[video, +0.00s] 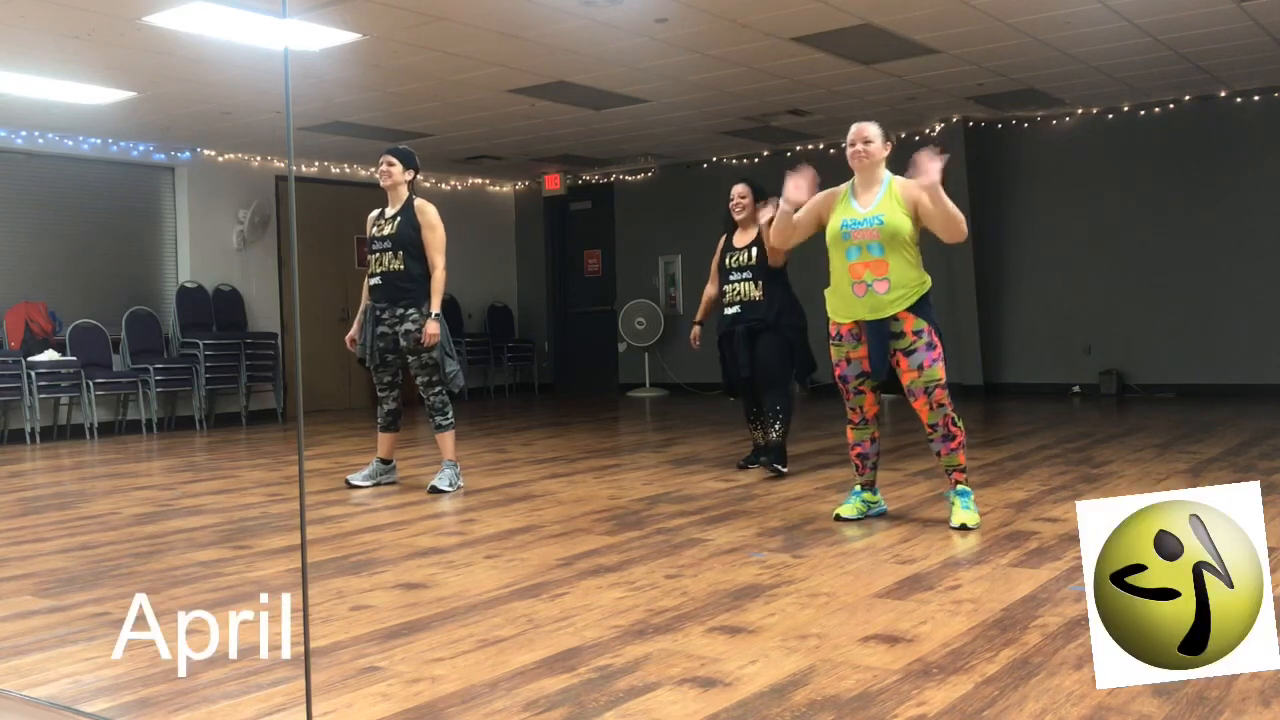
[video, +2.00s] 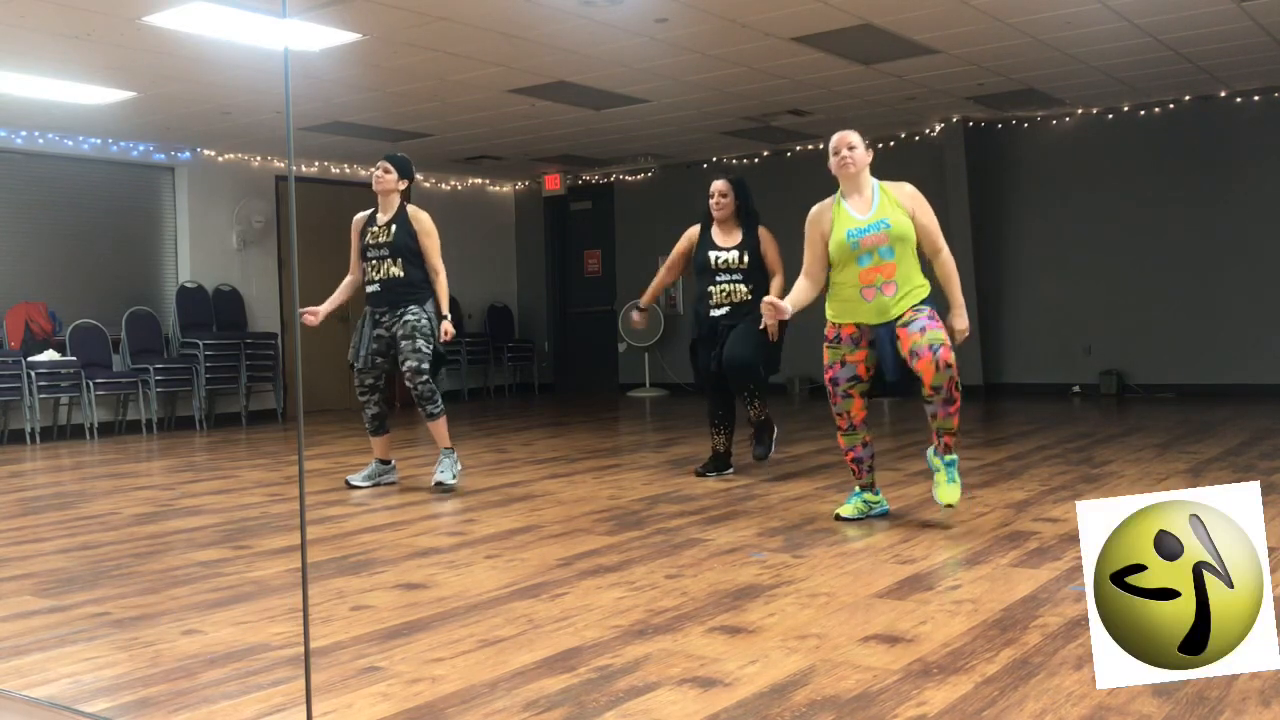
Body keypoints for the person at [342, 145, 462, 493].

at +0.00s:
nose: (382, 169)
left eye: (390, 165)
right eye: (381, 165)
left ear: (410, 174)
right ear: (378, 173)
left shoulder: (423, 210)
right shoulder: (374, 218)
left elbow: (438, 267)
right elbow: (373, 274)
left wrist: (434, 316)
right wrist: (358, 321)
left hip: (414, 314)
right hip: (378, 316)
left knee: (432, 391)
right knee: (386, 392)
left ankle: (450, 466)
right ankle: (384, 464)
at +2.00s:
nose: (377, 174)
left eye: (386, 171)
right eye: (377, 169)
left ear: (402, 183)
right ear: (374, 179)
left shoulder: (417, 218)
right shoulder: (361, 222)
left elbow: (437, 270)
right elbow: (355, 275)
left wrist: (445, 315)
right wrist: (324, 308)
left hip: (413, 311)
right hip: (375, 315)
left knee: (416, 376)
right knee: (367, 383)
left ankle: (447, 457)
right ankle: (383, 464)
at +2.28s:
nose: (389, 166)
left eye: (398, 163)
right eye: (388, 162)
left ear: (416, 174)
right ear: (386, 172)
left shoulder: (428, 208)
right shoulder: (381, 215)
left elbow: (443, 264)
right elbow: (385, 272)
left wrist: (433, 309)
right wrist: (361, 314)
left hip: (421, 314)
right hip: (387, 314)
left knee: (433, 388)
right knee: (381, 387)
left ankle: (452, 466)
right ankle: (382, 464)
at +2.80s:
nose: (387, 167)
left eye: (395, 164)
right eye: (386, 162)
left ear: (412, 175)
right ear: (382, 172)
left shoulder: (427, 210)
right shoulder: (370, 217)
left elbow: (447, 262)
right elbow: (368, 273)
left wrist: (458, 310)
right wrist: (336, 307)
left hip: (421, 312)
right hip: (382, 315)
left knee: (431, 386)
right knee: (386, 389)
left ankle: (452, 466)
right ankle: (390, 463)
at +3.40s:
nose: (381, 174)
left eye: (390, 172)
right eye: (380, 169)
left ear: (406, 182)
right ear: (377, 176)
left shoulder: (422, 216)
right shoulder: (363, 218)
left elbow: (444, 265)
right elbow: (348, 268)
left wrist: (454, 307)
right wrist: (317, 300)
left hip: (418, 312)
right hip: (379, 315)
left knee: (424, 378)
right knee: (372, 384)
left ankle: (447, 462)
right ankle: (389, 464)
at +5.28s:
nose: (414, 171)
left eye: (421, 165)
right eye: (411, 167)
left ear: (441, 171)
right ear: (411, 176)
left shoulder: (455, 209)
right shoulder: (415, 213)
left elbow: (448, 258)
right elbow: (414, 269)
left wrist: (408, 268)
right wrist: (392, 306)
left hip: (442, 313)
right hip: (409, 311)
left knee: (437, 385)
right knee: (375, 372)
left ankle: (460, 465)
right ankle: (385, 453)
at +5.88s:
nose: (392, 175)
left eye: (401, 172)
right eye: (391, 171)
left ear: (420, 182)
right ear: (389, 180)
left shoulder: (436, 222)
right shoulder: (377, 215)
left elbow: (459, 272)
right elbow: (357, 262)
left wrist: (478, 319)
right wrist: (338, 292)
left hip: (430, 312)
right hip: (393, 316)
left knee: (428, 374)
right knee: (379, 384)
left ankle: (456, 454)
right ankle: (399, 463)